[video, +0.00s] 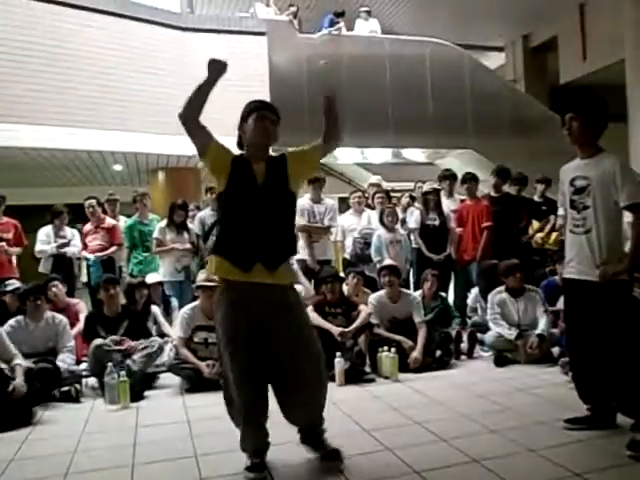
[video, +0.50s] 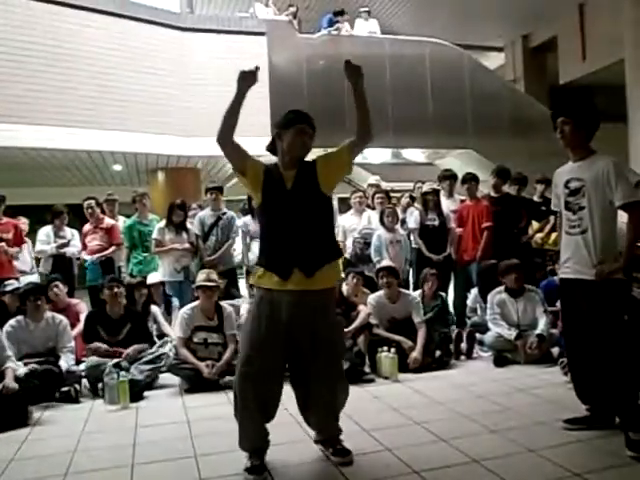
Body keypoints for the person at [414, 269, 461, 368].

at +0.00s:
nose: (429, 285)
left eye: (433, 282)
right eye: (427, 281)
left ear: (437, 285)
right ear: (422, 283)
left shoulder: (442, 300)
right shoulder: (416, 298)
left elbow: (455, 316)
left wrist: (455, 328)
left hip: (441, 331)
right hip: (423, 332)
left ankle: (446, 355)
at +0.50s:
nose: (430, 285)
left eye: (433, 282)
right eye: (427, 282)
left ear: (437, 284)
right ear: (423, 283)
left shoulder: (442, 298)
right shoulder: (416, 298)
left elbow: (448, 316)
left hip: (440, 330)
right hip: (424, 329)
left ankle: (445, 355)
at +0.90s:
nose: (431, 283)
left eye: (434, 280)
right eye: (428, 280)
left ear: (438, 283)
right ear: (423, 282)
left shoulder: (442, 299)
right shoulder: (417, 298)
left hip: (442, 329)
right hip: (425, 330)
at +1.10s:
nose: (431, 283)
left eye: (434, 280)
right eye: (428, 280)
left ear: (438, 284)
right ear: (423, 282)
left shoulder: (442, 301)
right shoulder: (417, 299)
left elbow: (447, 320)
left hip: (440, 332)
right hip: (423, 332)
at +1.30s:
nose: (431, 283)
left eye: (434, 280)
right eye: (428, 280)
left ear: (438, 283)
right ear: (423, 283)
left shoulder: (441, 299)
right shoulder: (417, 299)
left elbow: (448, 315)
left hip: (440, 327)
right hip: (424, 328)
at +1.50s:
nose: (431, 284)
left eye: (434, 281)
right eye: (428, 281)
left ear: (437, 284)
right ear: (422, 283)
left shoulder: (441, 299)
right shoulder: (416, 298)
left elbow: (445, 316)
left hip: (439, 328)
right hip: (423, 329)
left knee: (437, 329)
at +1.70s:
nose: (430, 284)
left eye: (433, 281)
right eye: (427, 281)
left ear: (437, 284)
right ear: (422, 283)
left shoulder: (441, 300)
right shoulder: (416, 299)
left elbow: (444, 319)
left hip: (437, 331)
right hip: (422, 331)